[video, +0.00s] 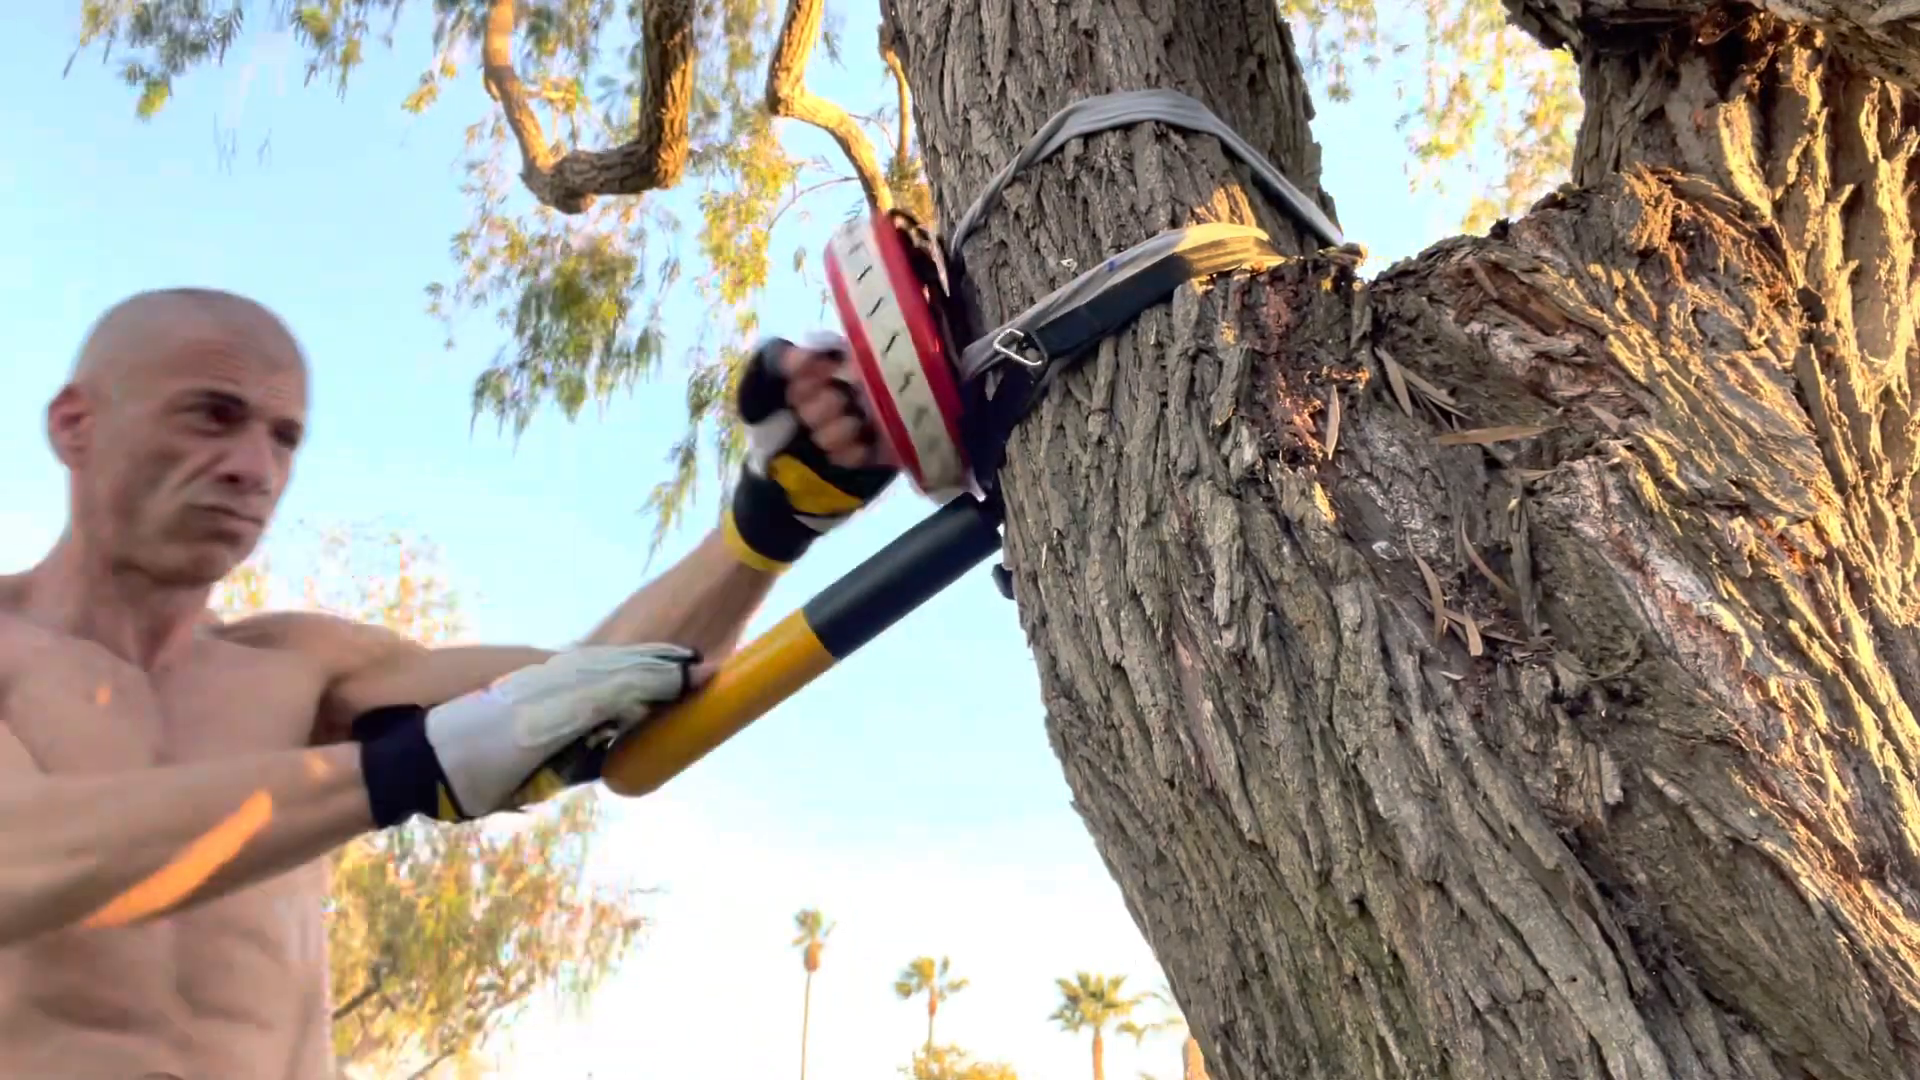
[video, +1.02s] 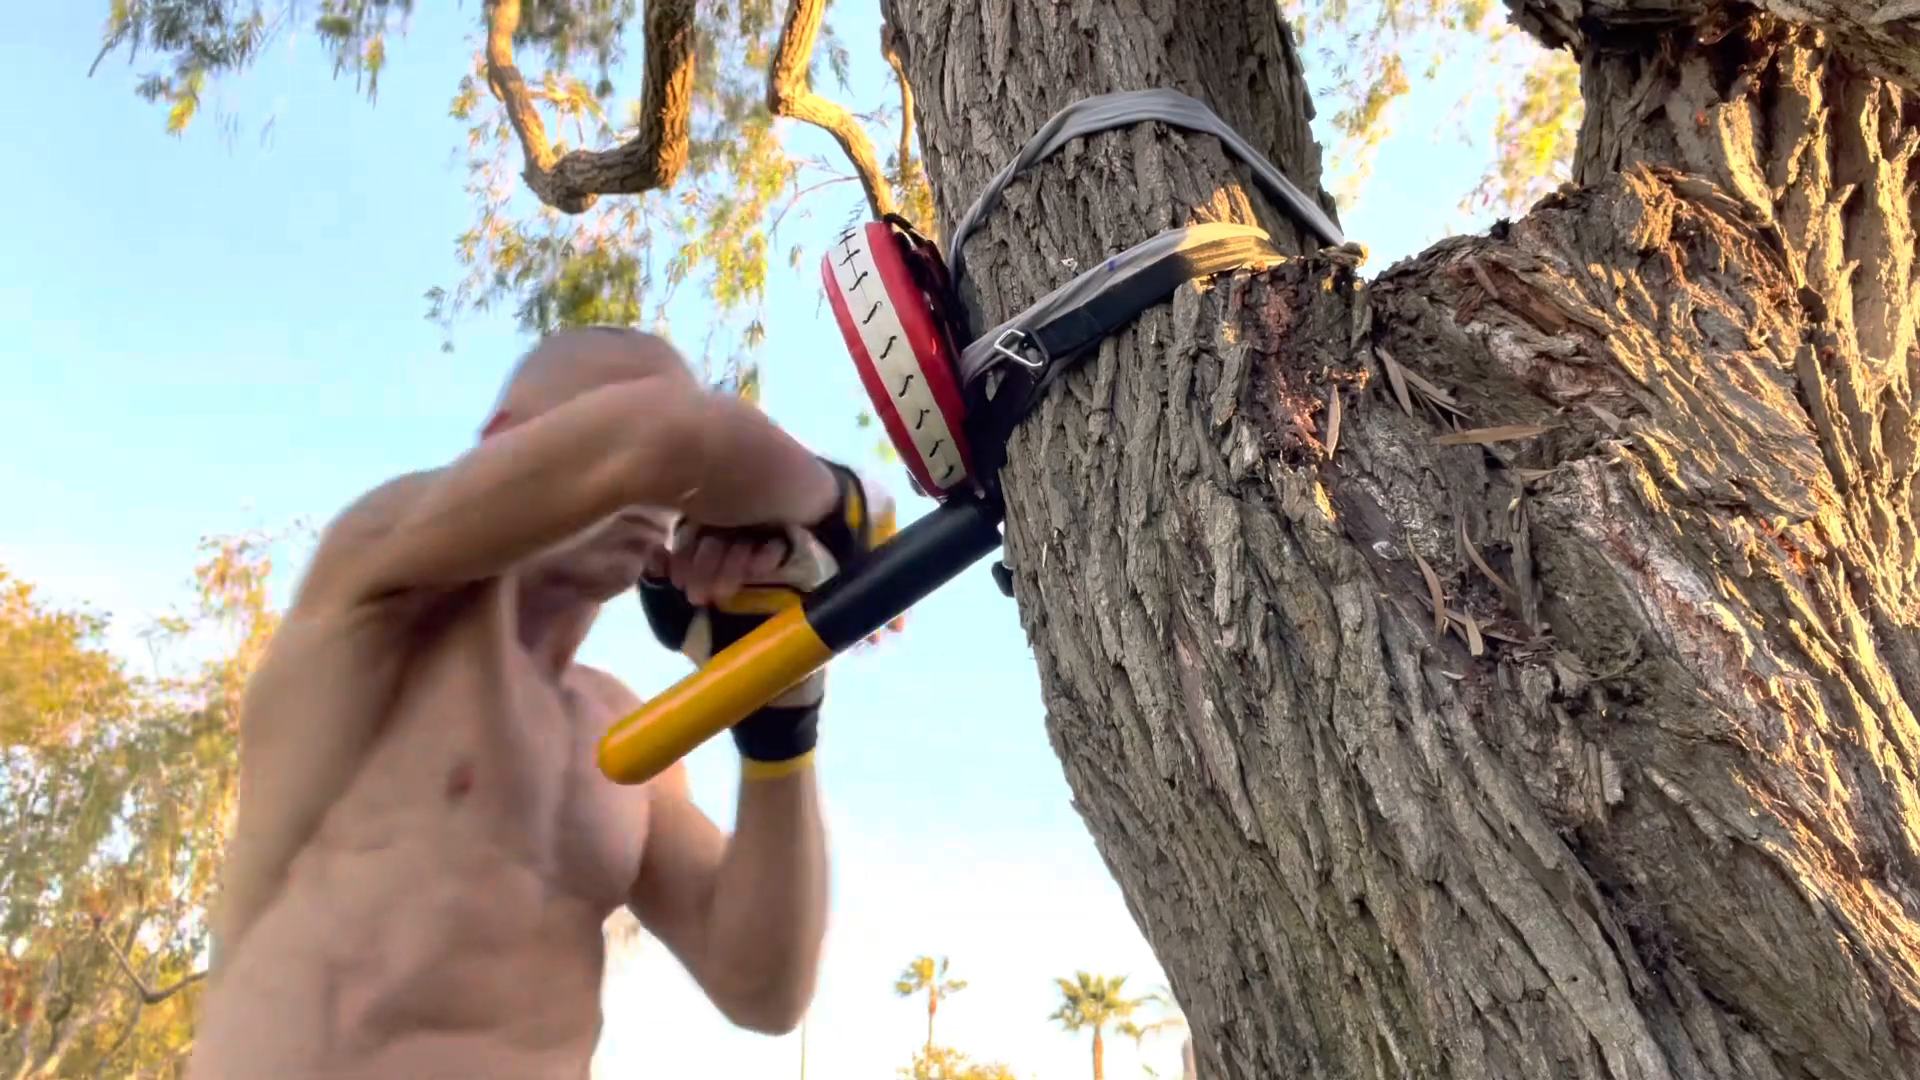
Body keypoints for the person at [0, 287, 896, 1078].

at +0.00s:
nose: (257, 465)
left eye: (283, 439)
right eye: (213, 415)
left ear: (295, 467)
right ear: (72, 426)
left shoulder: (303, 664)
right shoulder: (14, 653)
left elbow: (585, 706)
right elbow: (25, 873)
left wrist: (775, 512)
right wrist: (415, 766)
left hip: (279, 1062)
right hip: (61, 1060)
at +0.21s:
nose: (193, 456)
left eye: (223, 430)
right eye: (147, 407)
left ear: (239, 465)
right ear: (19, 429)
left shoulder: (281, 659)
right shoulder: (7, 657)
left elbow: (558, 672)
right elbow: (23, 831)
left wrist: (773, 512)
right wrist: (359, 746)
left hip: (272, 1060)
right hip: (49, 1058)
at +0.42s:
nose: (336, 459)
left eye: (363, 434)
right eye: (290, 410)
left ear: (377, 473)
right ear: (161, 432)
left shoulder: (407, 707)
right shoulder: (31, 653)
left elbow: (719, 810)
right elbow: (19, 794)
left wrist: (789, 596)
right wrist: (361, 684)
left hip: (365, 1058)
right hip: (82, 1055)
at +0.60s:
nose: (633, 485)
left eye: (650, 465)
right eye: (598, 436)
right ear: (469, 440)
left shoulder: (591, 735)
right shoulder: (331, 610)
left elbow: (783, 979)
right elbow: (294, 455)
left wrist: (785, 763)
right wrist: (610, 538)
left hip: (529, 1061)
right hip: (303, 1052)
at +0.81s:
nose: (784, 462)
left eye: (789, 445)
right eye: (739, 424)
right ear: (632, 425)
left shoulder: (715, 766)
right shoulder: (529, 523)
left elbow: (787, 1023)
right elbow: (820, 350)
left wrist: (792, 768)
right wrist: (876, 601)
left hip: (607, 1060)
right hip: (378, 1052)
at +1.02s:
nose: (663, 484)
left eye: (690, 448)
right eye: (636, 437)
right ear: (504, 440)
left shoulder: (621, 731)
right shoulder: (376, 574)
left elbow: (762, 991)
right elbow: (675, 432)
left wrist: (778, 710)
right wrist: (835, 500)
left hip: (541, 1059)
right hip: (307, 1051)